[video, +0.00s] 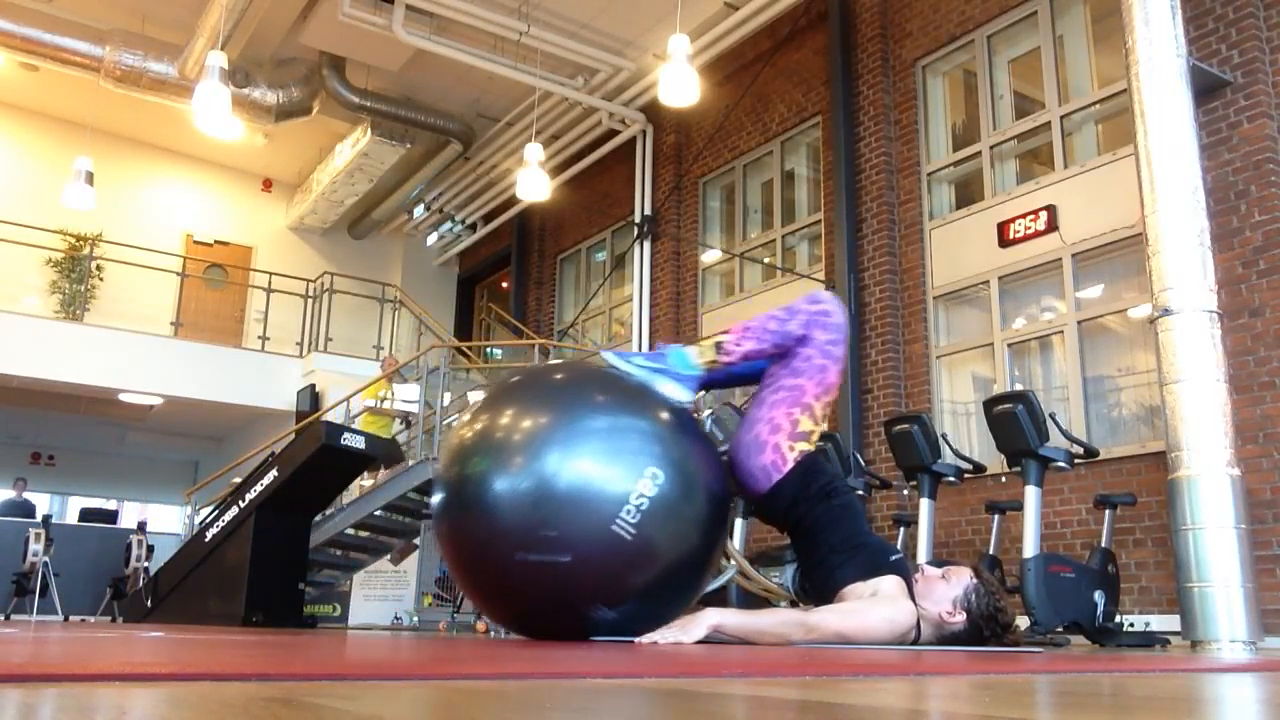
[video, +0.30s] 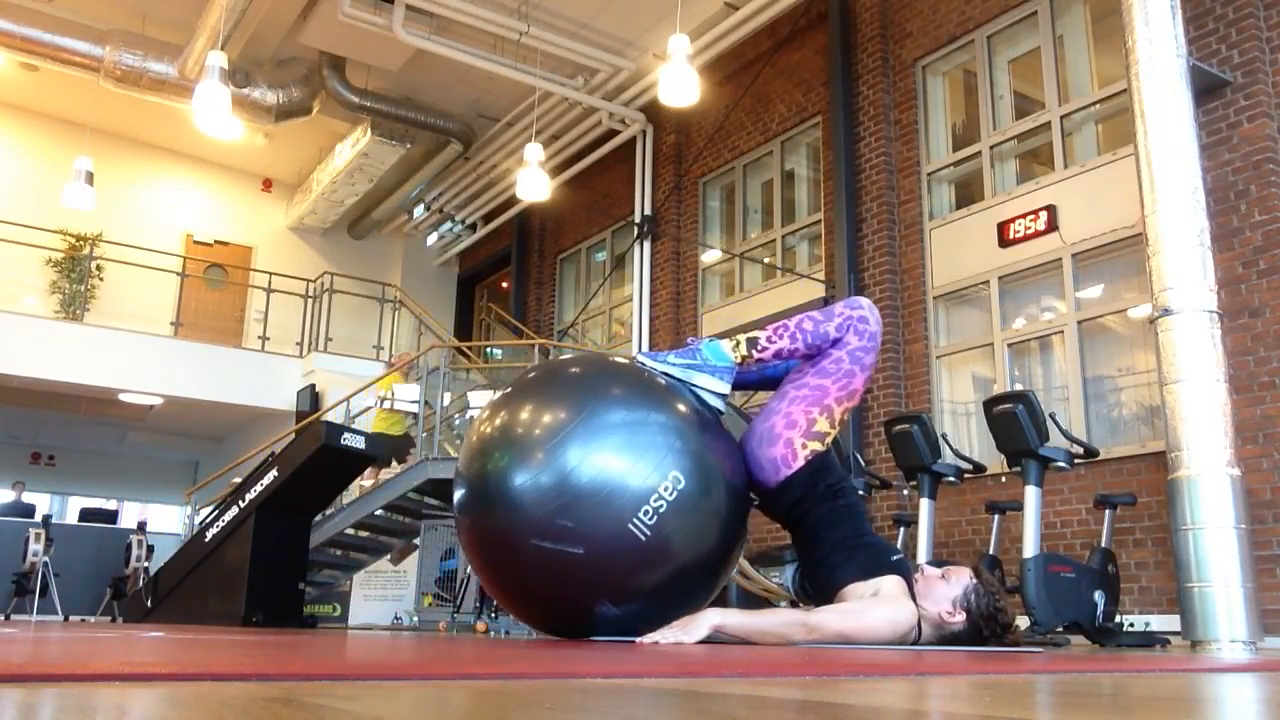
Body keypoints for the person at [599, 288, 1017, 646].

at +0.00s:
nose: (934, 567)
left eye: (946, 577)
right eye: (947, 569)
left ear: (947, 614)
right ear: (946, 612)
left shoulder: (894, 613)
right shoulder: (904, 604)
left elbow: (801, 626)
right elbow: (806, 623)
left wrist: (712, 621)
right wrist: (718, 622)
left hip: (771, 466)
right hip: (792, 468)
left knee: (825, 310)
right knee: (822, 323)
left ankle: (685, 366)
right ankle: (693, 371)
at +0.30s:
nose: (928, 569)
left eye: (943, 578)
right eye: (942, 568)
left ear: (950, 614)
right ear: (948, 612)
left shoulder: (896, 616)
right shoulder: (910, 608)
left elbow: (803, 628)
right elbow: (804, 621)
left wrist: (708, 621)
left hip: (783, 461)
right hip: (806, 470)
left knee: (862, 317)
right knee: (821, 358)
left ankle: (722, 366)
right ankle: (720, 375)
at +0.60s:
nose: (935, 563)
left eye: (946, 576)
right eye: (948, 566)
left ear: (946, 613)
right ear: (947, 613)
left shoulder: (893, 612)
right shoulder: (903, 600)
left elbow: (807, 626)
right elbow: (806, 624)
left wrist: (712, 619)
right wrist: (723, 622)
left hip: (761, 473)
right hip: (784, 473)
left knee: (786, 308)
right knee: (790, 320)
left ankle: (655, 366)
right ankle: (660, 370)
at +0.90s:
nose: (935, 568)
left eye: (947, 580)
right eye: (948, 568)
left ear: (946, 617)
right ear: (943, 604)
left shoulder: (894, 608)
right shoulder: (892, 595)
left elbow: (808, 627)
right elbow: (806, 622)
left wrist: (709, 618)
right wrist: (717, 621)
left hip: (765, 477)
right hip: (778, 467)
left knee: (689, 329)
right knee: (697, 332)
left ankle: (544, 361)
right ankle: (564, 371)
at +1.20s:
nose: (937, 569)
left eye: (949, 581)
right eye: (950, 569)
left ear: (946, 616)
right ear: (943, 602)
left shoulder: (893, 610)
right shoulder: (891, 596)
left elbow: (803, 624)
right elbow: (802, 622)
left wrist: (714, 618)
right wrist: (714, 622)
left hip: (764, 485)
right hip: (772, 473)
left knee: (641, 384)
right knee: (648, 384)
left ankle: (489, 363)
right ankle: (512, 378)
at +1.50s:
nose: (937, 569)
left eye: (949, 580)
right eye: (950, 570)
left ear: (945, 615)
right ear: (944, 606)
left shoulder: (892, 611)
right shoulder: (891, 596)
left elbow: (802, 625)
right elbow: (801, 621)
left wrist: (712, 619)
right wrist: (717, 620)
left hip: (760, 484)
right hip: (769, 471)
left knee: (645, 373)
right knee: (650, 370)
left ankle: (492, 363)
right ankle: (513, 372)